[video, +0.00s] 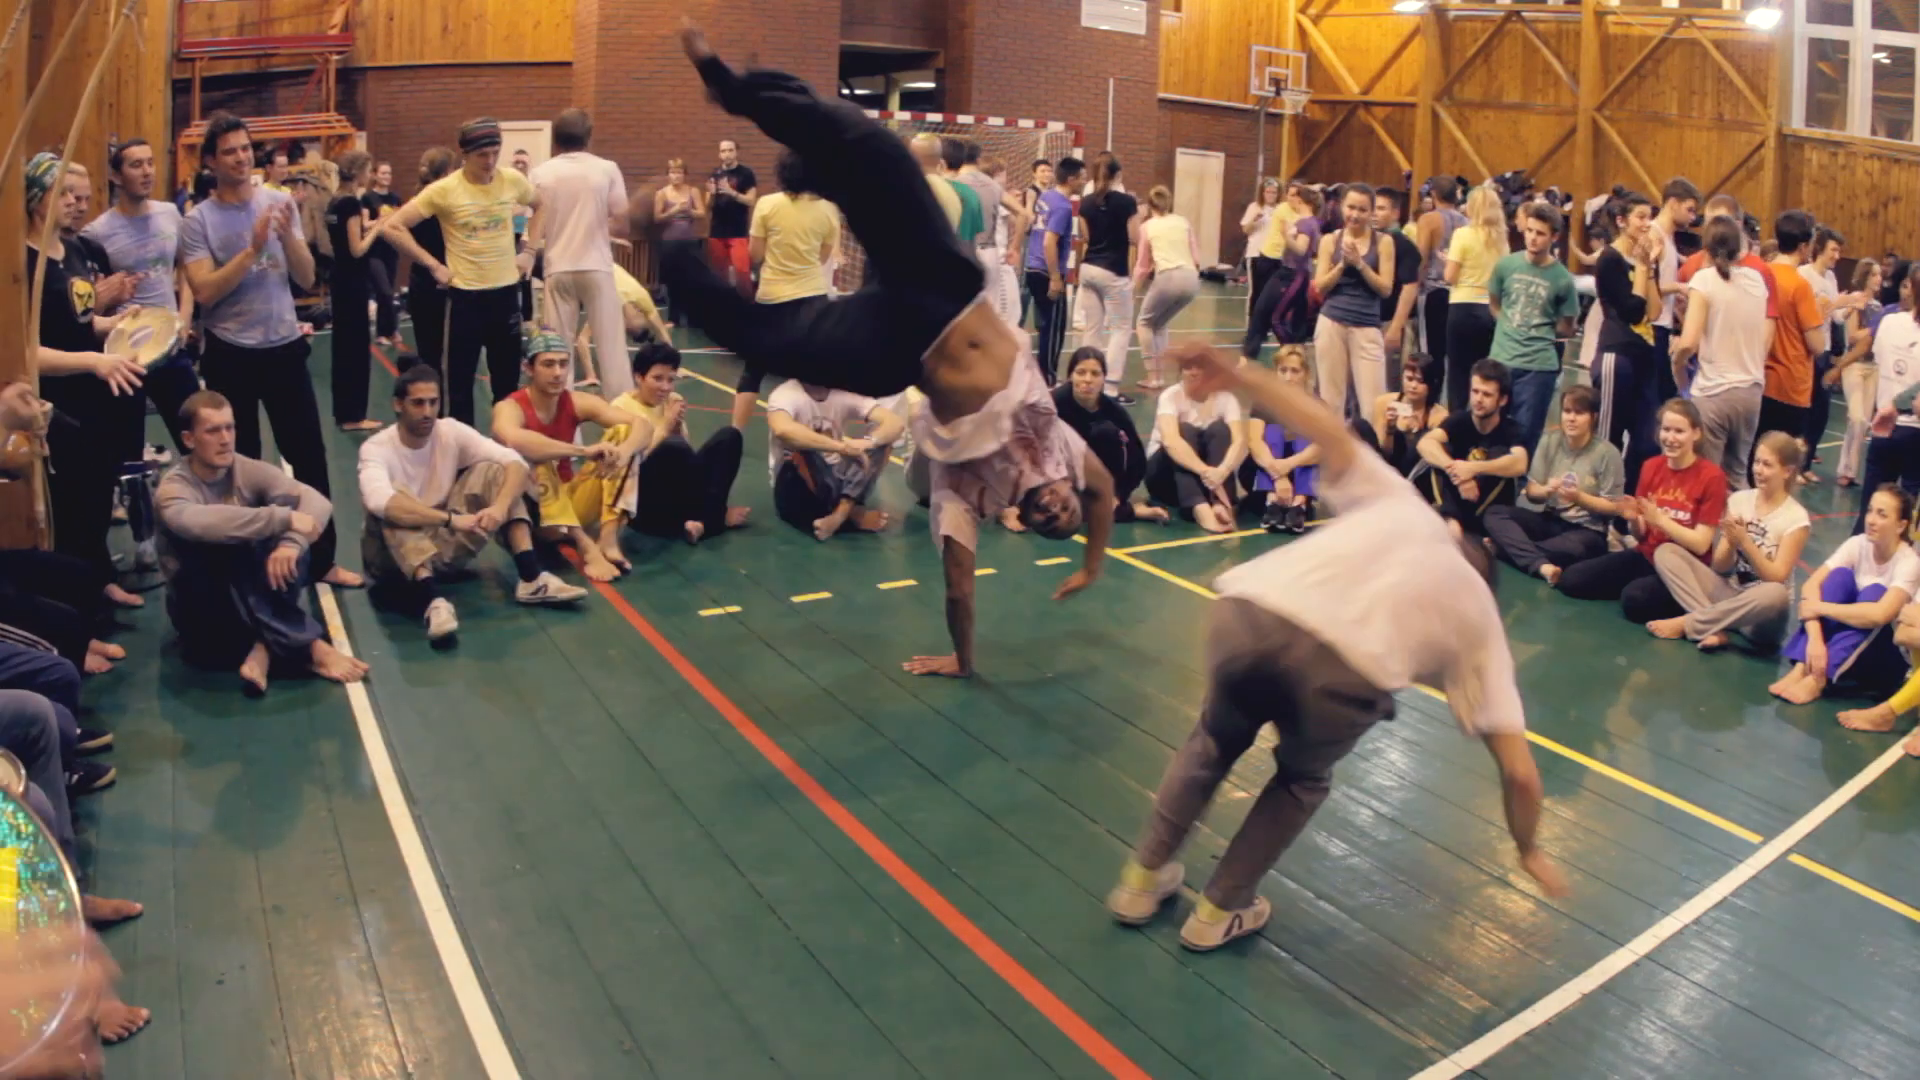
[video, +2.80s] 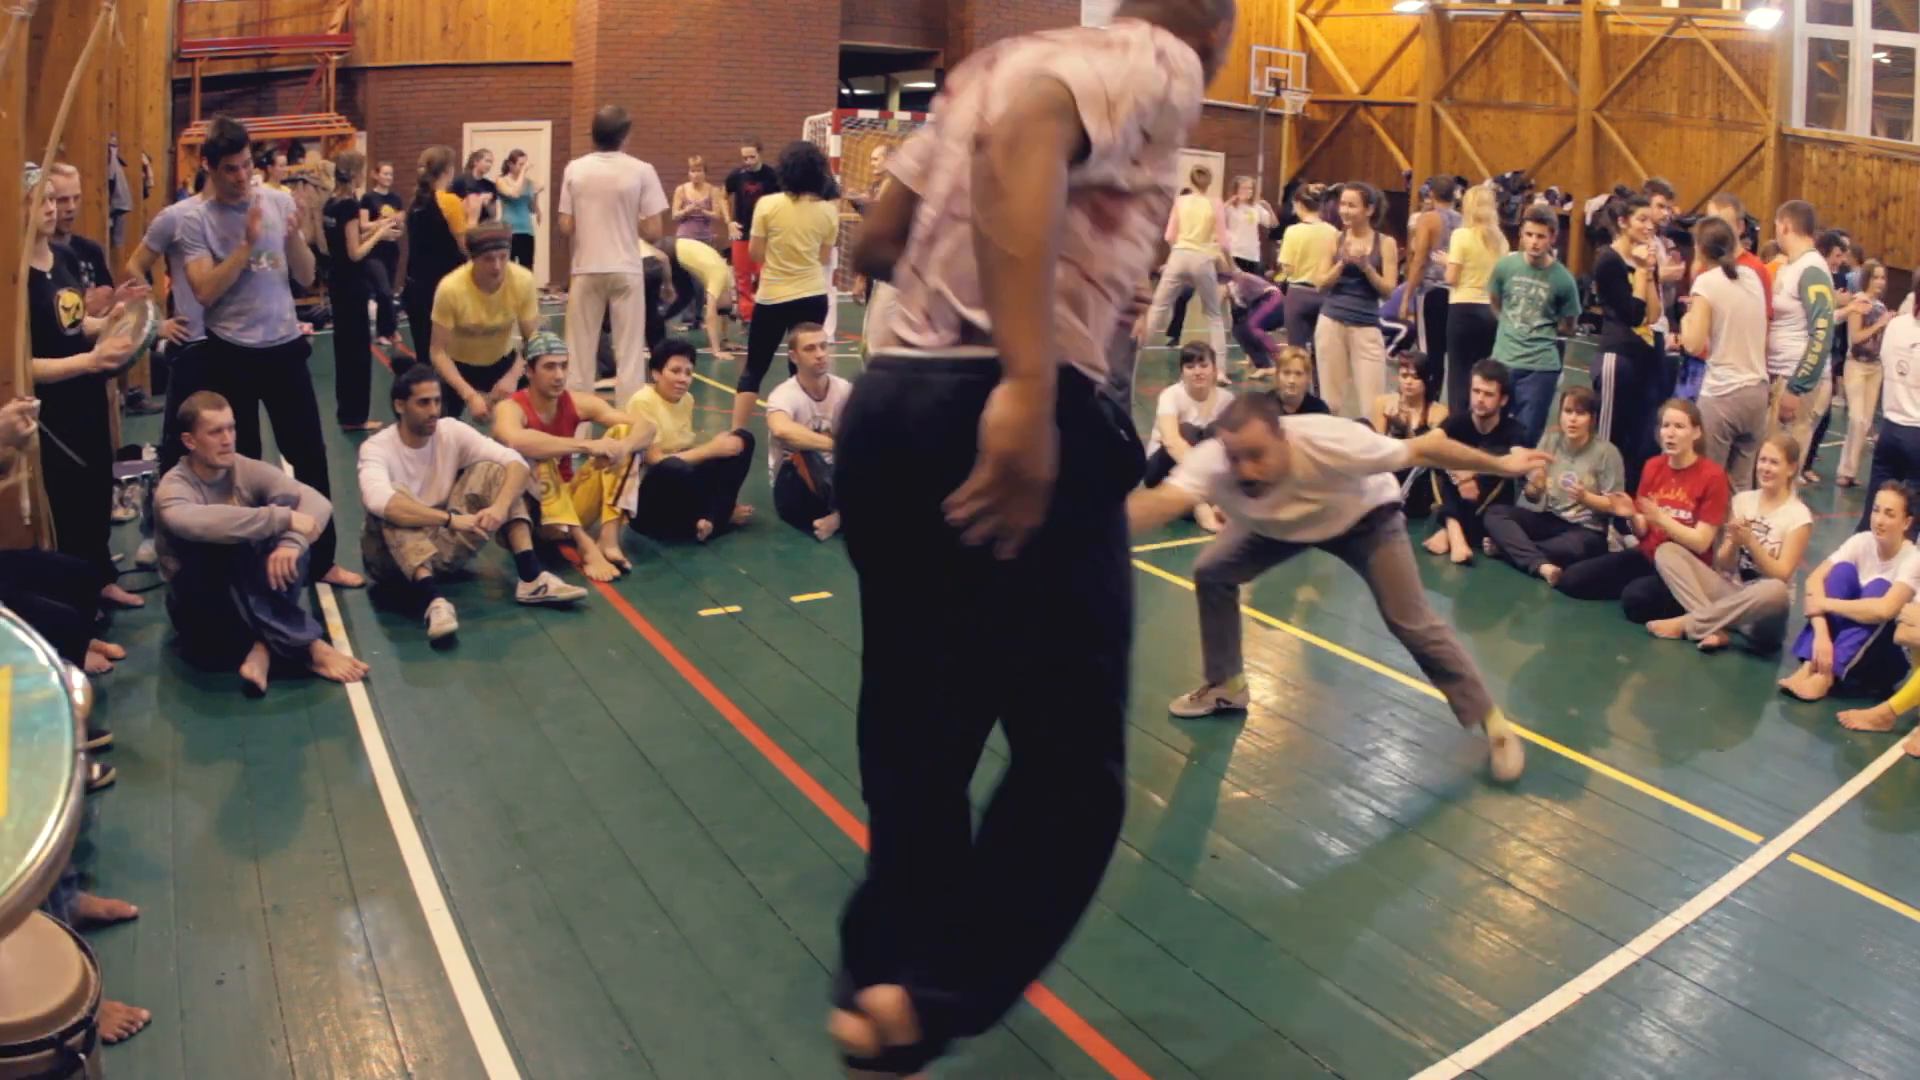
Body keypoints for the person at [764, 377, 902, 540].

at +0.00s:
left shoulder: (844, 396)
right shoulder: (786, 394)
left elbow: (895, 422)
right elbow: (782, 430)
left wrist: (870, 443)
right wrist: (841, 447)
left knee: (878, 442)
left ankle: (840, 513)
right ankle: (853, 512)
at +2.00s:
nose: (824, 354)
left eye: (827, 347)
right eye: (814, 348)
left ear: (832, 348)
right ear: (795, 356)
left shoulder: (842, 389)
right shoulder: (785, 394)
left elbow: (893, 422)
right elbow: (782, 431)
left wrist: (869, 441)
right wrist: (841, 446)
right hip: (797, 499)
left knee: (879, 432)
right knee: (803, 453)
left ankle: (840, 512)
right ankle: (851, 512)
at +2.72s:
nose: (820, 355)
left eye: (823, 347)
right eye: (810, 349)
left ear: (829, 349)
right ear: (793, 355)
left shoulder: (841, 389)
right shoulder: (784, 394)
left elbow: (889, 419)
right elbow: (781, 431)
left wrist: (870, 441)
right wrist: (840, 446)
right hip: (797, 496)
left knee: (876, 437)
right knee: (803, 456)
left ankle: (840, 513)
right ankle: (852, 512)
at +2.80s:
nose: (820, 355)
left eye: (823, 347)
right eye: (810, 349)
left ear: (829, 349)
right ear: (793, 356)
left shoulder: (846, 390)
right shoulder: (783, 394)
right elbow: (780, 430)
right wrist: (836, 445)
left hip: (841, 489)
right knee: (805, 457)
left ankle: (839, 515)